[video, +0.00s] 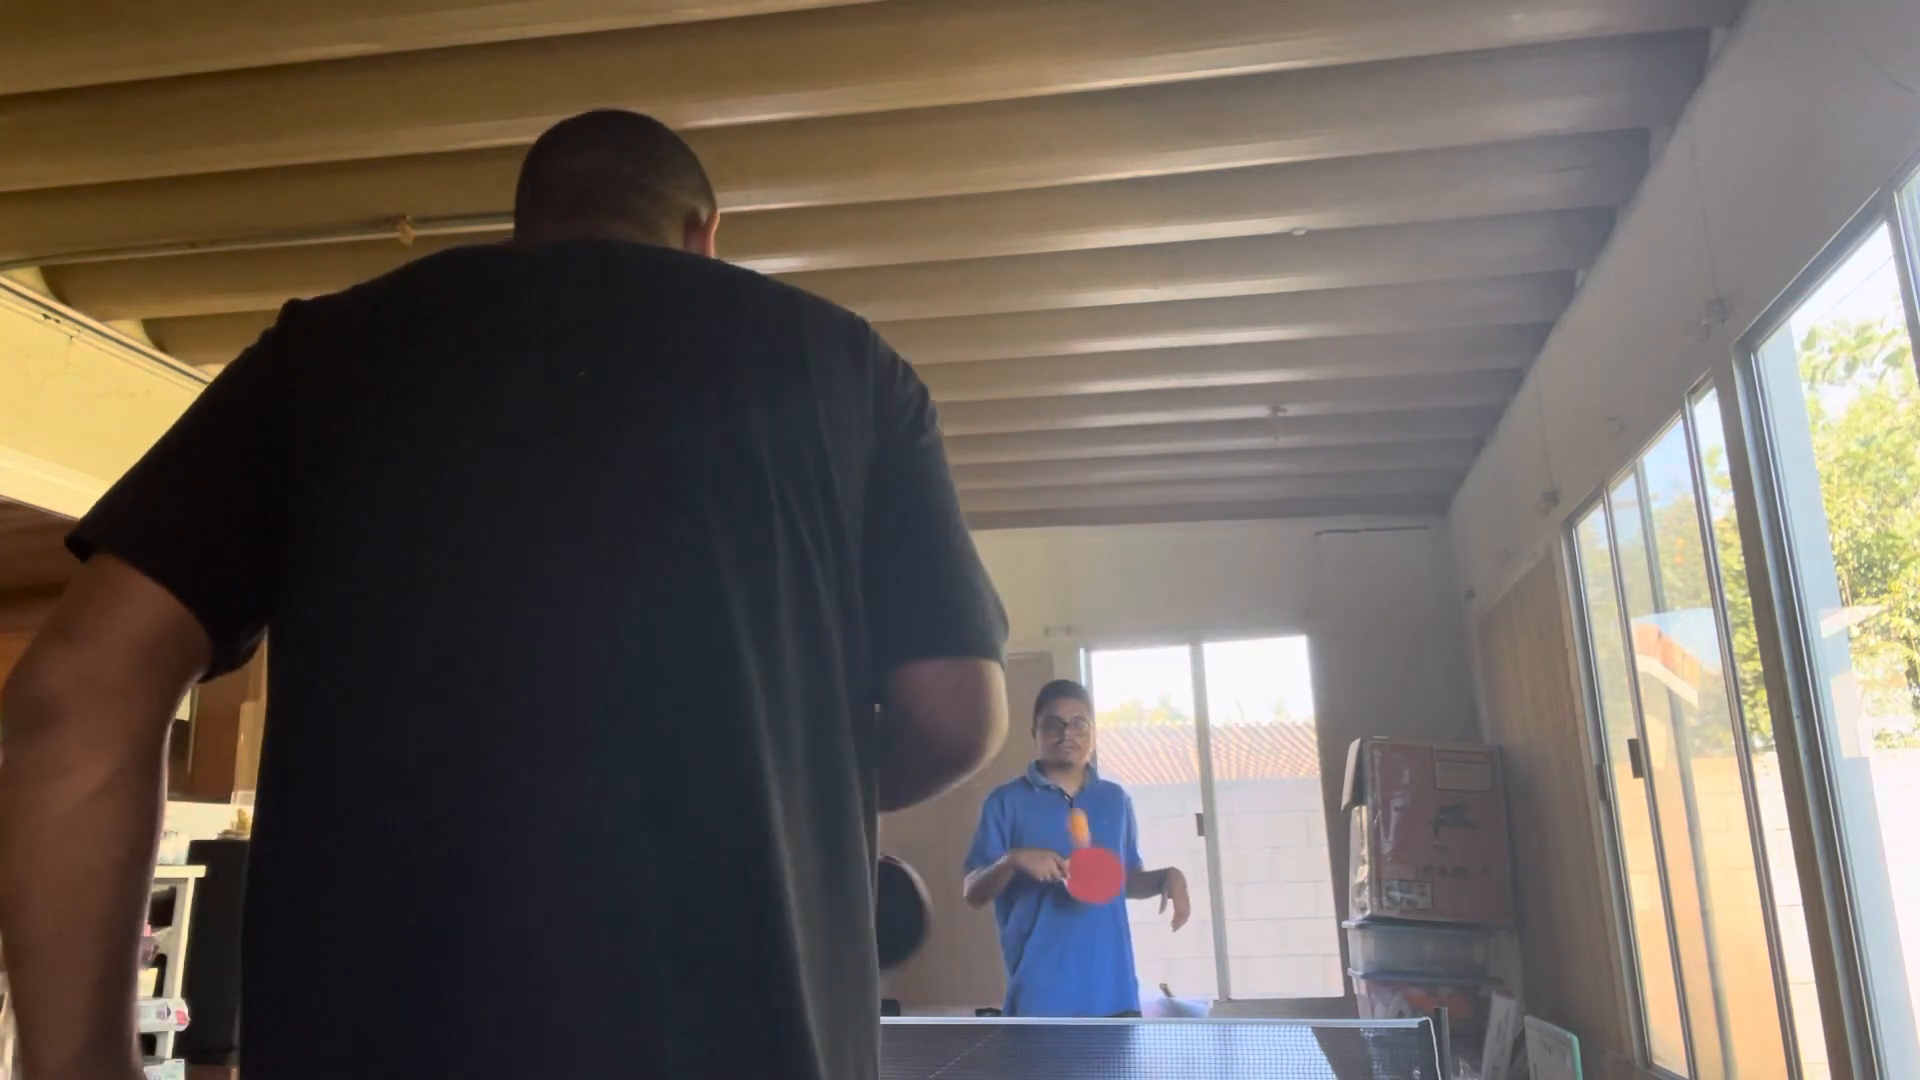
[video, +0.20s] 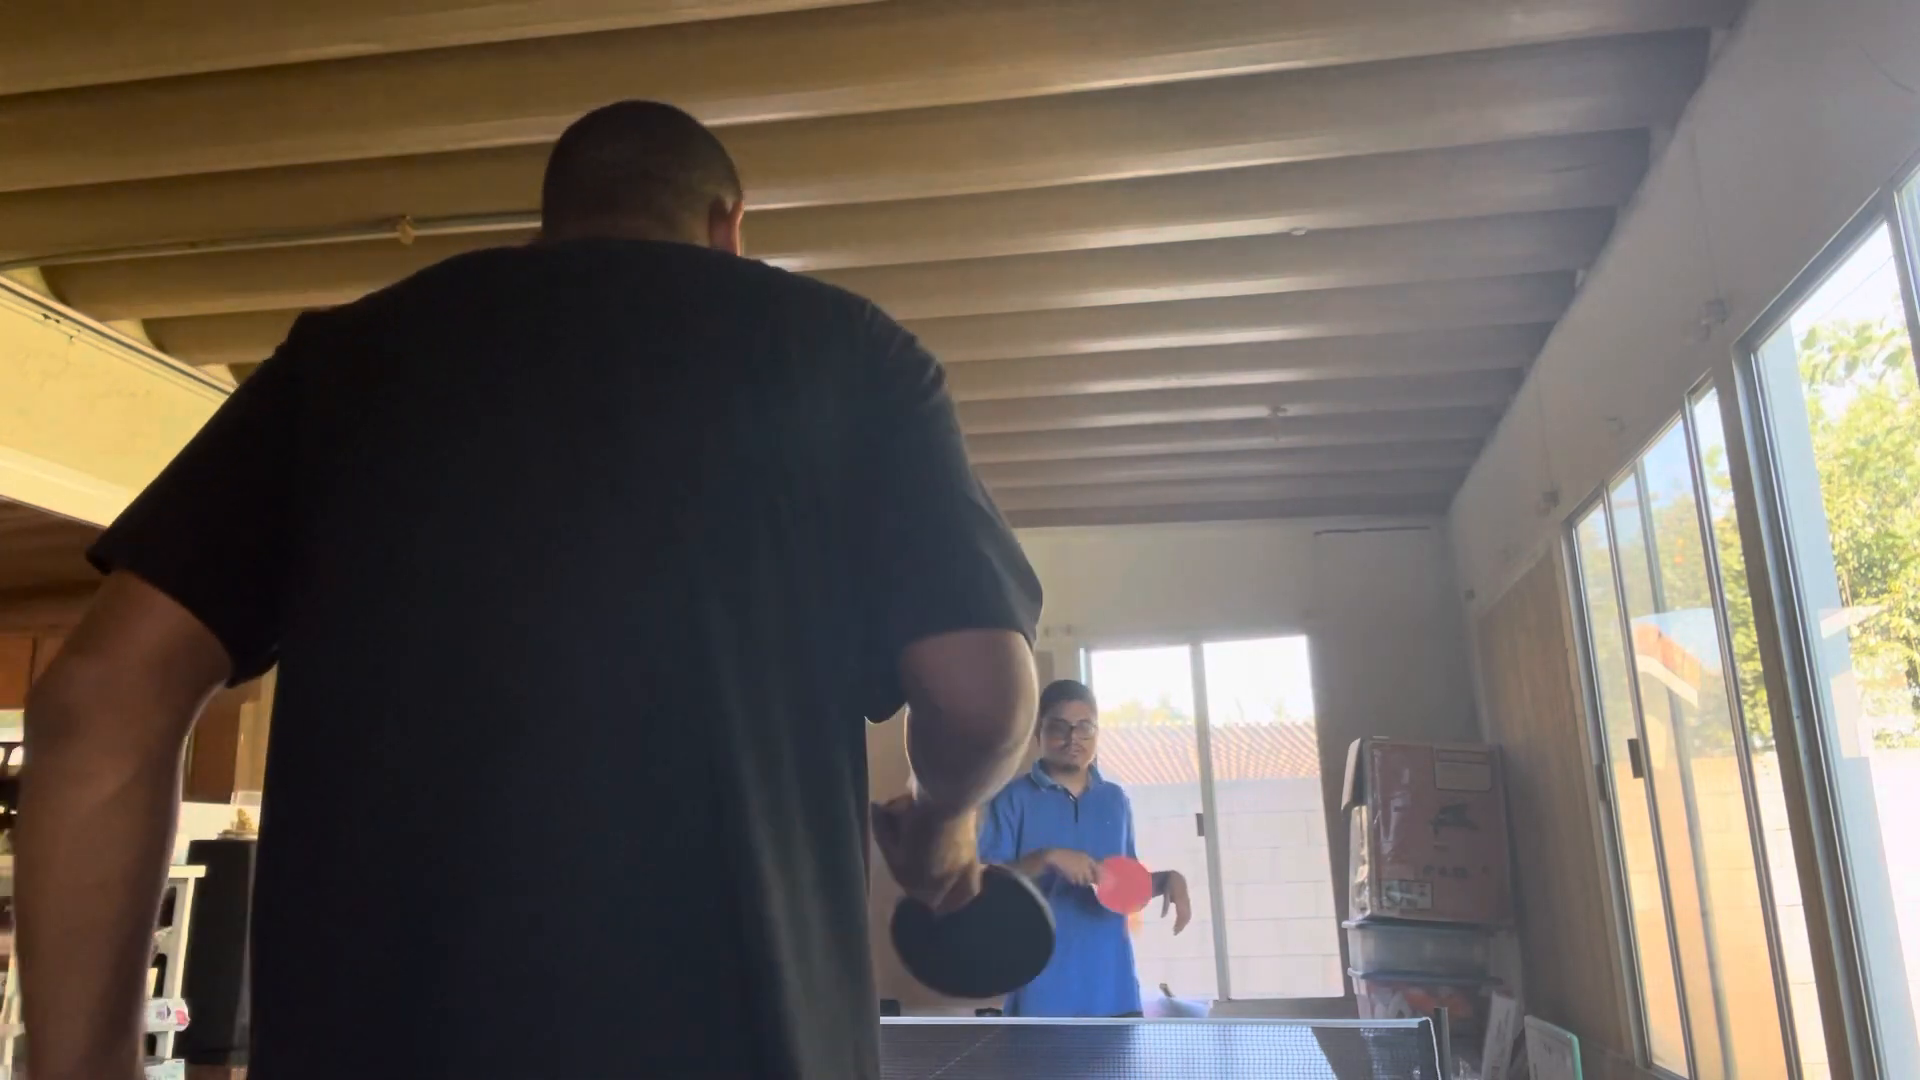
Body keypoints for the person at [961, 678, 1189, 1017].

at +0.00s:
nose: (1067, 734)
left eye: (1078, 724)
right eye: (1054, 724)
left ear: (1093, 733)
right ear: (1036, 732)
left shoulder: (1115, 800)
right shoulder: (1006, 803)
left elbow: (1129, 881)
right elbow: (974, 893)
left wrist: (1168, 877)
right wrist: (1013, 859)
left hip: (1113, 991)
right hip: (1041, 997)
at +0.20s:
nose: (1073, 739)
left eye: (1084, 727)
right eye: (1059, 728)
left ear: (1097, 733)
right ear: (1038, 732)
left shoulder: (1114, 801)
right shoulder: (1012, 801)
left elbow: (1125, 885)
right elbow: (986, 884)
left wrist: (1167, 879)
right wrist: (1046, 858)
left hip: (1112, 993)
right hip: (1041, 998)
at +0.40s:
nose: (1080, 735)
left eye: (1090, 724)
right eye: (1065, 724)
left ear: (1101, 729)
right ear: (1043, 731)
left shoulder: (1113, 797)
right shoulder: (1020, 795)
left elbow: (1123, 866)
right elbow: (1006, 864)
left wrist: (1173, 882)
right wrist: (1078, 845)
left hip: (1114, 983)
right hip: (1046, 987)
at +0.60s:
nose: (1086, 730)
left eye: (1095, 720)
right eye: (1070, 720)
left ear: (1104, 728)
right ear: (1046, 728)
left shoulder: (1107, 792)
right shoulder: (1034, 780)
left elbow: (1110, 884)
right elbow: (1047, 811)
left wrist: (1171, 877)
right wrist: (1140, 803)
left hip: (1114, 987)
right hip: (1048, 993)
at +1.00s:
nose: (1104, 736)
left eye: (1111, 725)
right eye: (1090, 724)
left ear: (1117, 728)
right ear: (1061, 727)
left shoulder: (1116, 795)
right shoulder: (1041, 787)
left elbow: (1112, 887)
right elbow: (1028, 849)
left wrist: (1172, 887)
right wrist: (1113, 828)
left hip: (1129, 990)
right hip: (1065, 998)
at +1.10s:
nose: (1109, 737)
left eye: (1115, 727)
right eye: (1096, 726)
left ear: (1121, 728)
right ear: (1064, 728)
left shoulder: (1123, 796)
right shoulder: (1046, 789)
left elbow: (1119, 888)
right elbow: (1027, 859)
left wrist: (1179, 888)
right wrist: (1119, 853)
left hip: (1130, 988)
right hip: (1066, 994)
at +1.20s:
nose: (1119, 737)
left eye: (1124, 727)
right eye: (1106, 726)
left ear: (1130, 728)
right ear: (1072, 729)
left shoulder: (1129, 796)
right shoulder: (1056, 791)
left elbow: (1129, 893)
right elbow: (1075, 869)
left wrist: (1186, 892)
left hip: (1133, 989)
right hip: (1072, 996)